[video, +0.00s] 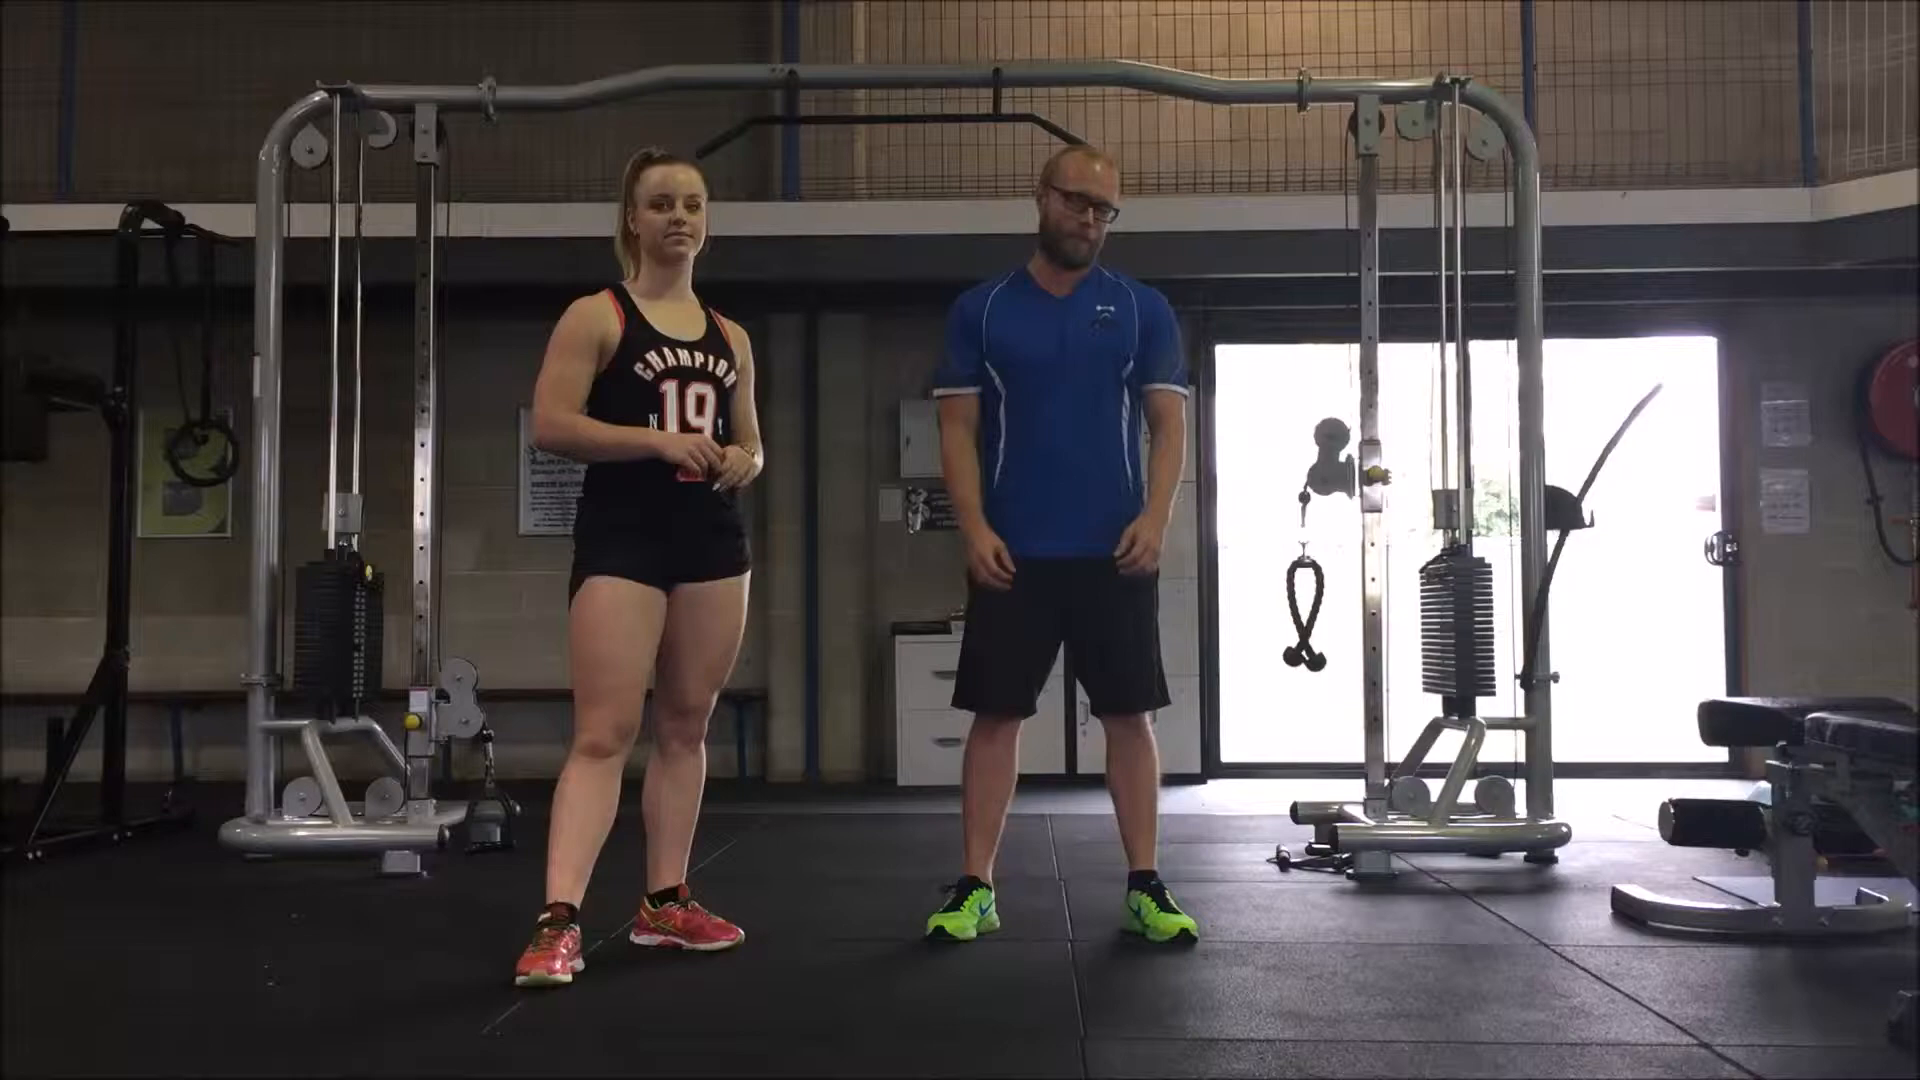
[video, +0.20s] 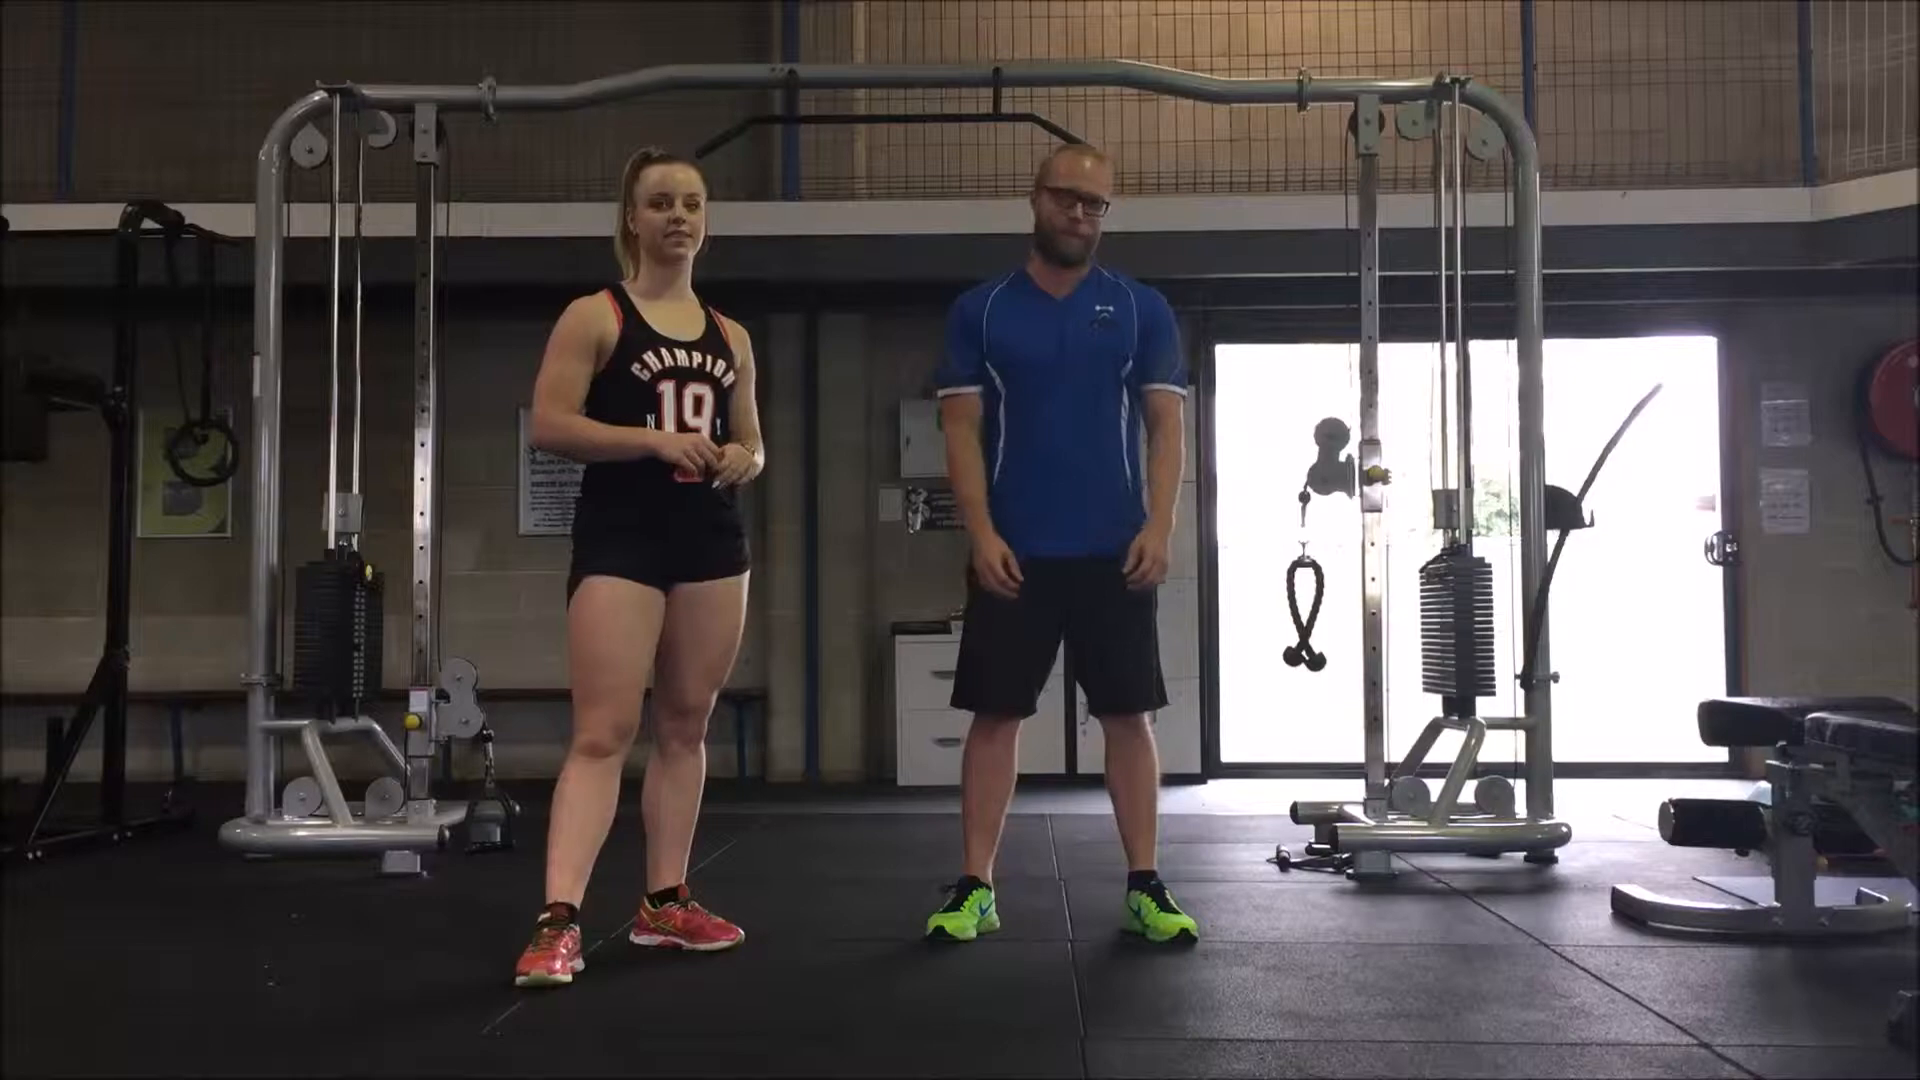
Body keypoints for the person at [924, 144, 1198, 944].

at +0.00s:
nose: (1089, 218)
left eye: (1102, 209)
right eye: (1076, 202)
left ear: (1115, 219)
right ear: (1042, 201)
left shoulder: (1141, 309)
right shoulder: (981, 309)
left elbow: (1169, 423)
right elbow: (956, 427)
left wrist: (1155, 516)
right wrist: (973, 527)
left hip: (1112, 555)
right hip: (1014, 556)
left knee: (1128, 717)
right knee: (994, 720)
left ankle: (1145, 885)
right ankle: (975, 886)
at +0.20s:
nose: (1078, 215)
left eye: (1094, 204)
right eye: (1064, 199)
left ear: (1110, 215)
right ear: (1034, 202)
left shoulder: (1141, 309)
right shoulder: (980, 310)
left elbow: (1167, 424)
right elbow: (959, 427)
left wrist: (1159, 523)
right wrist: (979, 532)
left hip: (1112, 554)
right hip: (1015, 555)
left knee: (1128, 717)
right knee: (994, 720)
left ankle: (1145, 884)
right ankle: (975, 886)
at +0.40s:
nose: (1071, 213)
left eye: (1086, 201)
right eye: (1057, 198)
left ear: (1105, 212)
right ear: (1030, 204)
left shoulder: (1141, 310)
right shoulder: (979, 312)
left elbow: (1167, 434)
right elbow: (958, 433)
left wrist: (1173, 546)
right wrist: (965, 548)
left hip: (1113, 554)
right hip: (1013, 555)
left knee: (1128, 717)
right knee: (992, 719)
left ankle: (1145, 885)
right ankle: (975, 887)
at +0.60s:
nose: (1065, 209)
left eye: (1081, 198)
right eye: (1050, 195)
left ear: (1100, 210)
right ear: (1024, 202)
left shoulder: (1140, 310)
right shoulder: (977, 313)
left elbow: (1169, 437)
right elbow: (952, 437)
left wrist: (1183, 548)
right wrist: (943, 552)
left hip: (1110, 554)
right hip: (1008, 554)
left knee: (1127, 717)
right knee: (992, 719)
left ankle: (1145, 885)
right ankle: (975, 887)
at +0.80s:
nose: (1061, 213)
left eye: (1075, 201)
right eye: (1045, 198)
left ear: (1094, 210)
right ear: (1019, 203)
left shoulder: (1134, 309)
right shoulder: (972, 312)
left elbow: (1164, 433)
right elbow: (946, 433)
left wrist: (1173, 543)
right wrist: (939, 548)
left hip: (1107, 554)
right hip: (1004, 554)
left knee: (1125, 717)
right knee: (989, 719)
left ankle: (1145, 885)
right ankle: (976, 887)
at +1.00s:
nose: (1053, 222)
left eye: (1067, 209)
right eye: (1038, 207)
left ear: (1085, 209)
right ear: (1009, 205)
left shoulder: (1124, 310)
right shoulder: (960, 313)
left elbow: (1149, 431)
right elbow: (936, 433)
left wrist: (1148, 542)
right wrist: (940, 545)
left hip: (1095, 554)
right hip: (994, 555)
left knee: (1120, 716)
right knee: (982, 718)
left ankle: (1144, 885)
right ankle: (976, 885)